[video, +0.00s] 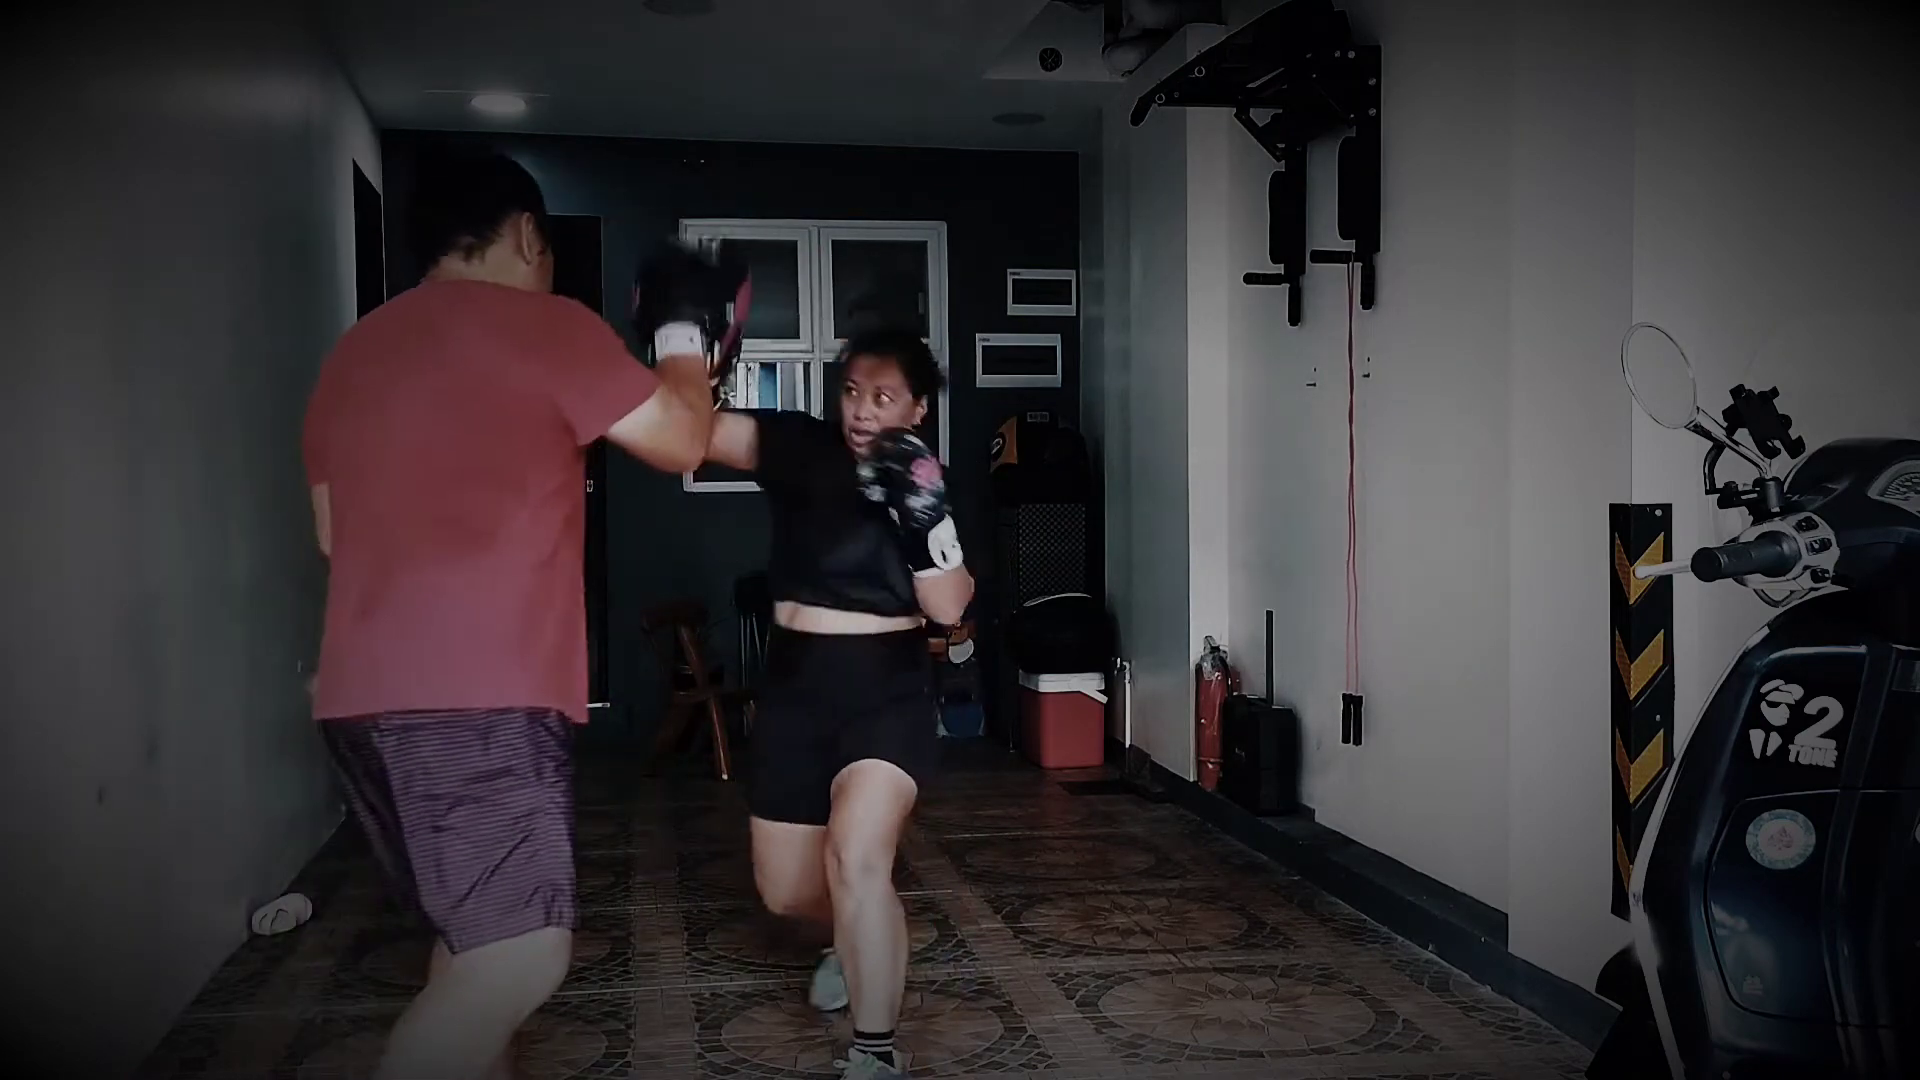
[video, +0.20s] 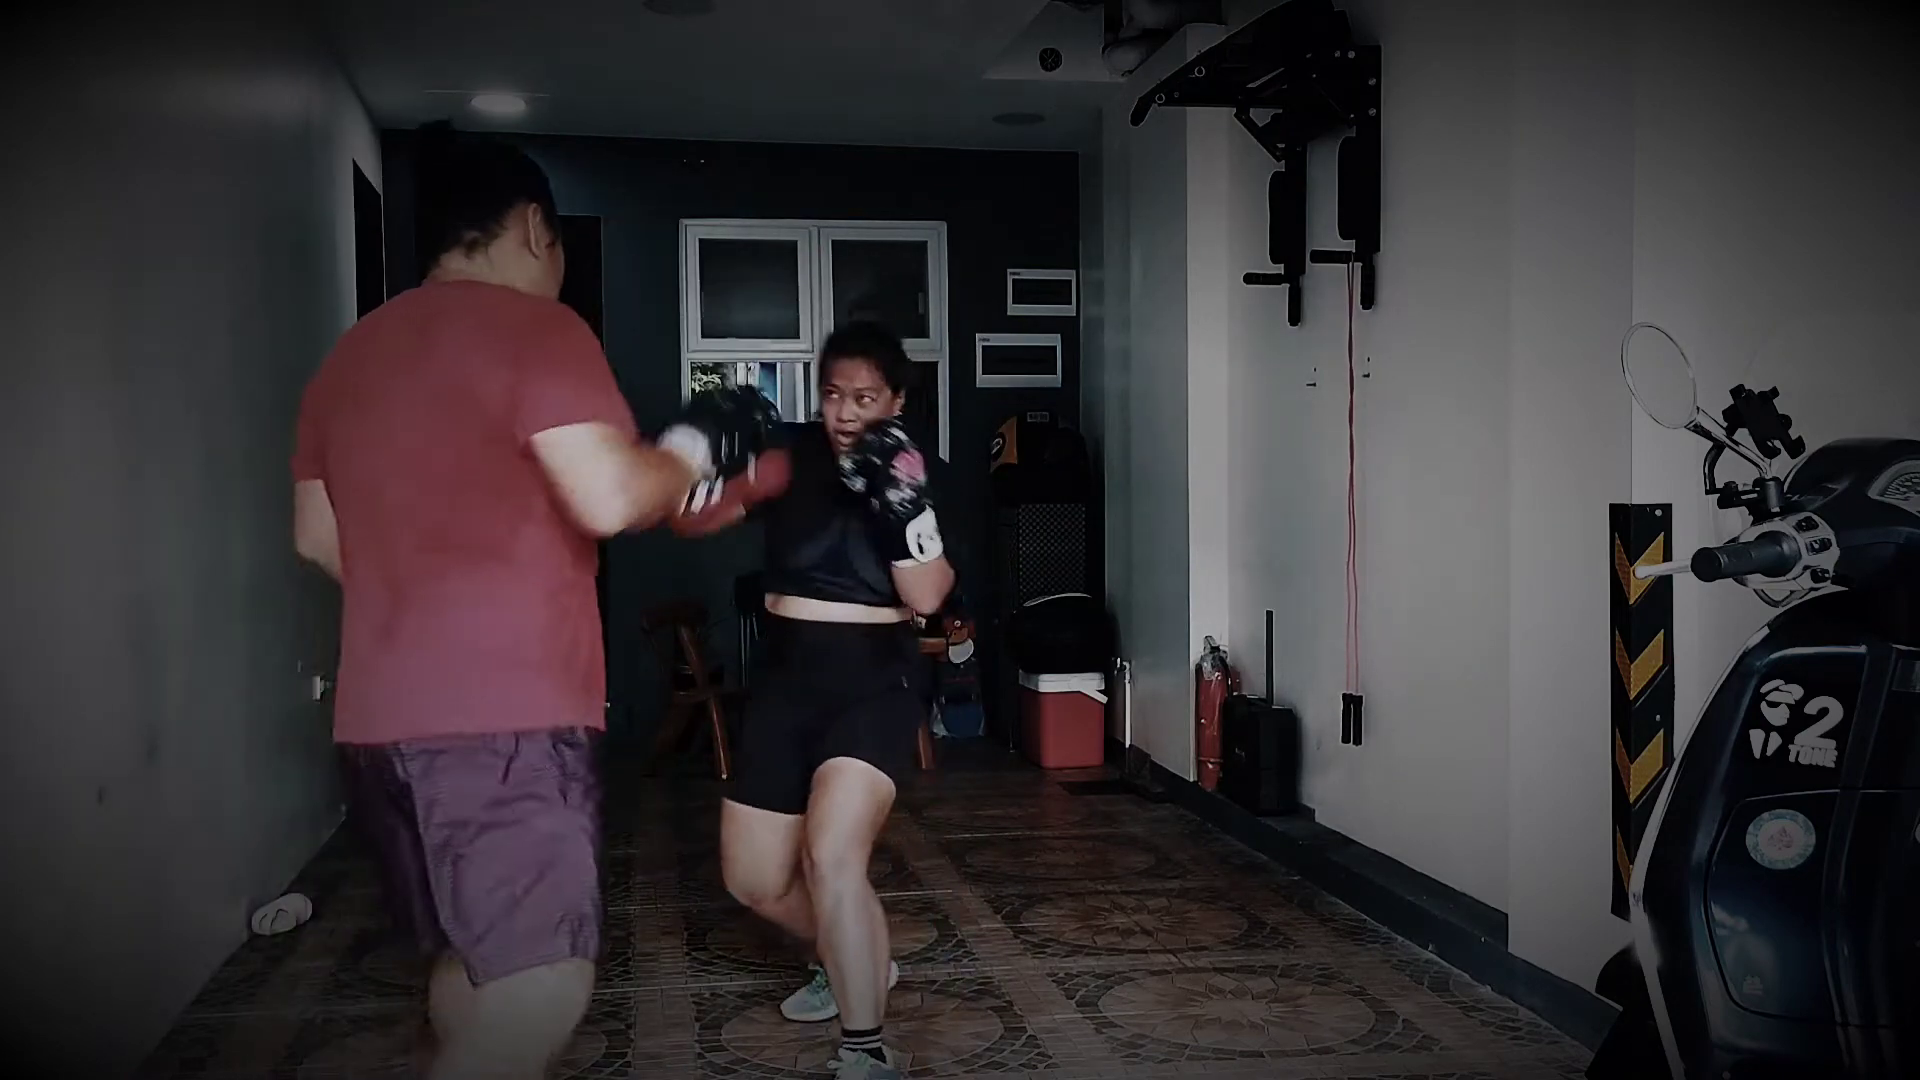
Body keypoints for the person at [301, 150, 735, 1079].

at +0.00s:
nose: (546, 265)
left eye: (541, 248)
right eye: (541, 246)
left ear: (428, 244)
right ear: (515, 234)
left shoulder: (350, 353)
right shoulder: (547, 328)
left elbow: (332, 534)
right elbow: (684, 441)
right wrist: (686, 341)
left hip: (357, 691)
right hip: (481, 686)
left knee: (467, 935)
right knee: (519, 952)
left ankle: (477, 1066)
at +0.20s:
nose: (560, 278)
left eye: (557, 256)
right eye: (558, 252)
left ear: (439, 240)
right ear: (532, 225)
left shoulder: (345, 358)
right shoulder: (532, 327)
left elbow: (319, 535)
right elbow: (612, 499)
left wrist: (434, 588)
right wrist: (690, 449)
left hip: (381, 717)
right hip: (504, 713)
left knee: (463, 961)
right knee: (537, 985)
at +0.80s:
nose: (550, 247)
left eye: (549, 225)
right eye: (549, 222)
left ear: (418, 211)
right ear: (527, 206)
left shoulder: (307, 332)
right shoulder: (533, 305)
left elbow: (294, 483)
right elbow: (646, 497)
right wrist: (667, 410)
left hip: (325, 740)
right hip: (479, 747)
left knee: (385, 999)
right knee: (506, 1021)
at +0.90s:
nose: (538, 257)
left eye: (538, 237)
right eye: (537, 233)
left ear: (418, 214)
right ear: (512, 214)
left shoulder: (304, 326)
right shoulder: (514, 309)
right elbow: (642, 477)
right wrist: (658, 392)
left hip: (311, 734)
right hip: (457, 740)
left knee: (376, 997)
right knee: (488, 1008)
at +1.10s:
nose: (528, 275)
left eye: (531, 259)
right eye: (528, 255)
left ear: (409, 228)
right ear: (507, 234)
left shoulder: (306, 322)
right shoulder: (494, 311)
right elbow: (633, 457)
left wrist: (534, 330)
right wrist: (636, 346)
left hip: (285, 717)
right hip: (417, 721)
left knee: (374, 985)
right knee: (455, 992)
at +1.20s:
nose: (523, 281)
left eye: (525, 264)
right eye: (524, 259)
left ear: (405, 229)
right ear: (500, 234)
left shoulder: (302, 320)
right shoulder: (484, 314)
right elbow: (625, 451)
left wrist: (528, 326)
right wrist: (625, 335)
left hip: (276, 715)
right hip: (410, 717)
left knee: (371, 986)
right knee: (476, 982)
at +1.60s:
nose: (487, 275)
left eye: (491, 256)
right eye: (490, 252)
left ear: (379, 222)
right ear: (465, 232)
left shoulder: (297, 326)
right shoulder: (417, 320)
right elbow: (583, 455)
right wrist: (598, 327)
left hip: (297, 730)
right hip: (379, 739)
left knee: (360, 984)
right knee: (418, 1010)